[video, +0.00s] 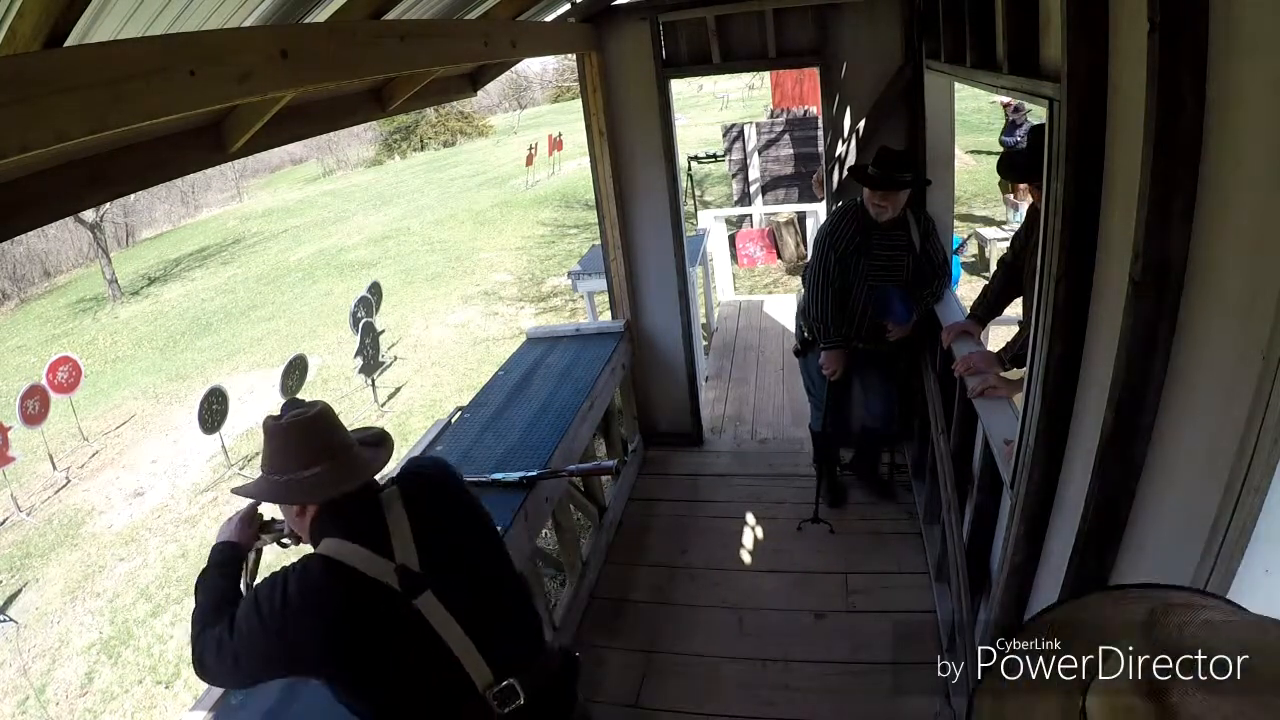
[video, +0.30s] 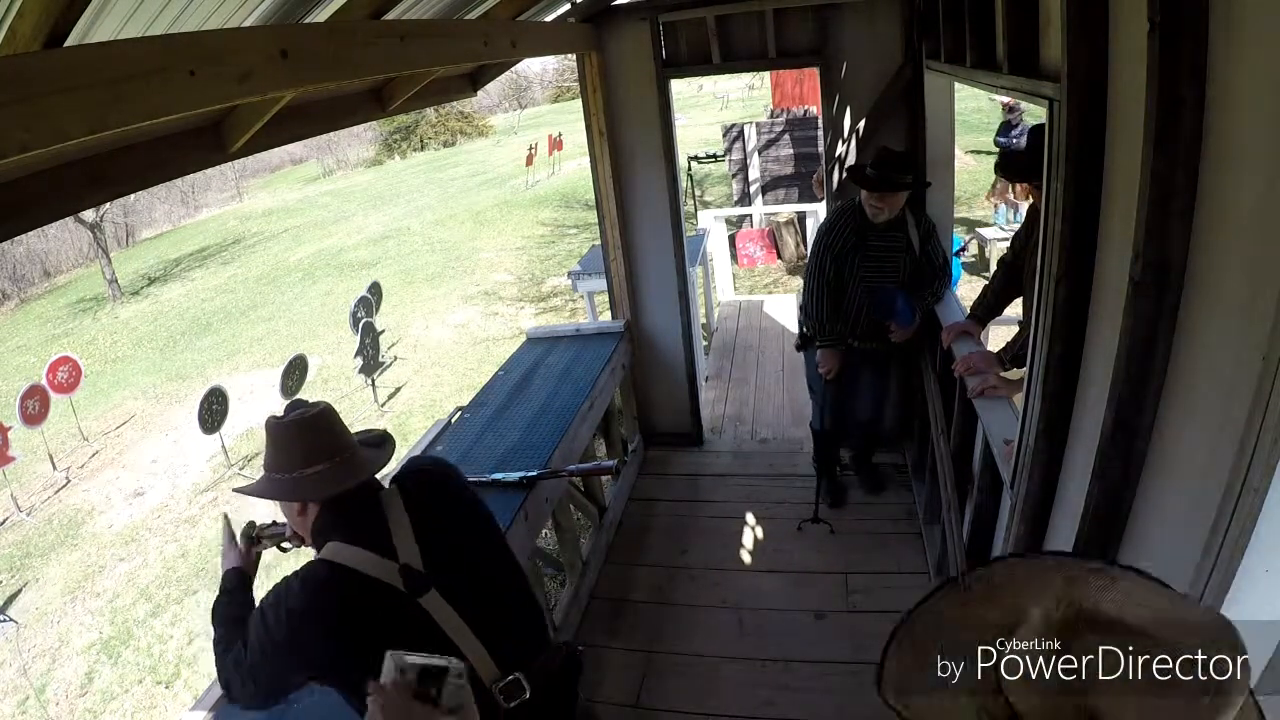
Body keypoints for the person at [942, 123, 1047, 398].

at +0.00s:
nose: (1028, 191)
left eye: (1034, 183)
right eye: (1026, 182)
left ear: (1054, 182)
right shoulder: (1040, 211)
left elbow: (1054, 310)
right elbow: (1013, 263)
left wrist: (1003, 358)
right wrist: (977, 319)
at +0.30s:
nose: (1023, 189)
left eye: (1026, 182)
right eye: (1022, 181)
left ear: (1034, 183)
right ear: (1032, 182)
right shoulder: (1041, 207)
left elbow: (1054, 307)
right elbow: (1015, 262)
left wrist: (1004, 358)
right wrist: (978, 319)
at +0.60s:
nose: (1031, 192)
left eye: (1035, 183)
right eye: (1031, 183)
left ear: (1047, 181)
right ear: (1034, 179)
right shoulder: (1041, 210)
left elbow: (1055, 306)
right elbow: (1014, 262)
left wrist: (1004, 358)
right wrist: (977, 319)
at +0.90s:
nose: (1030, 189)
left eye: (1036, 182)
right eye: (1029, 180)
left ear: (1056, 184)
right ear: (1033, 181)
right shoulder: (1041, 212)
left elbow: (1055, 307)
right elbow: (1014, 262)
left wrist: (1003, 358)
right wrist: (977, 318)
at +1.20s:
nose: (1031, 188)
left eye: (1037, 181)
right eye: (1029, 180)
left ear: (1057, 181)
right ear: (1029, 177)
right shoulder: (1042, 211)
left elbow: (1055, 308)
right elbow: (1015, 264)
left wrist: (1004, 358)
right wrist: (977, 319)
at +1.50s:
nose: (1034, 182)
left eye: (1039, 174)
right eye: (1033, 174)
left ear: (1058, 171)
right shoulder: (1052, 214)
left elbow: (1056, 306)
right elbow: (1021, 265)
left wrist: (1004, 358)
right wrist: (980, 316)